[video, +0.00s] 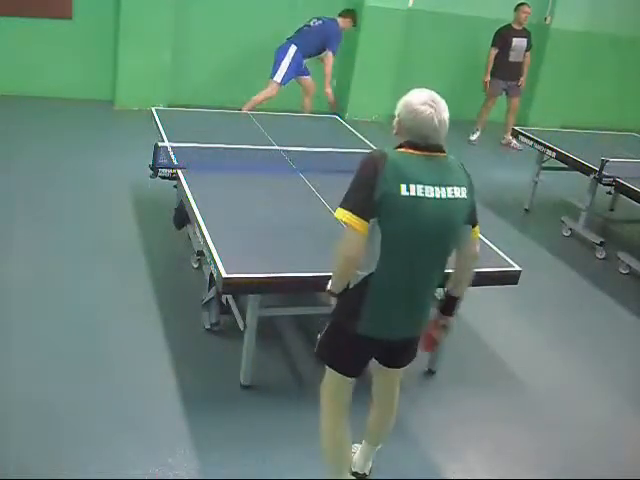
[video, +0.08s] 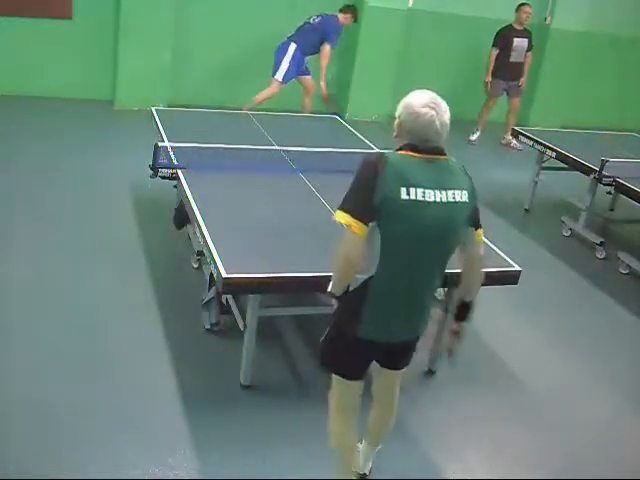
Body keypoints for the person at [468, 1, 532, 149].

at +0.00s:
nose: (526, 17)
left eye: (528, 14)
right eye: (524, 13)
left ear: (529, 16)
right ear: (516, 13)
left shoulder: (527, 35)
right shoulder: (502, 31)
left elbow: (526, 56)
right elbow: (492, 53)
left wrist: (523, 76)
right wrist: (487, 75)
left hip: (515, 77)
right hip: (498, 76)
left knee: (513, 107)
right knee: (488, 104)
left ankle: (508, 136)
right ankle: (477, 129)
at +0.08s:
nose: (527, 17)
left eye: (529, 14)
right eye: (525, 13)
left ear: (530, 16)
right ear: (517, 14)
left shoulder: (527, 34)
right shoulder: (504, 32)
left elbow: (528, 56)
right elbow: (493, 53)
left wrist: (524, 76)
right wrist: (488, 74)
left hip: (516, 78)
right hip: (499, 76)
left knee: (514, 107)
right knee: (489, 104)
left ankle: (508, 136)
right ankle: (478, 129)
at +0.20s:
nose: (530, 18)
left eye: (532, 15)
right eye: (528, 14)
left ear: (532, 17)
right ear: (520, 14)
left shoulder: (531, 36)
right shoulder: (506, 32)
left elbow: (530, 58)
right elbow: (496, 54)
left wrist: (526, 78)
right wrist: (493, 75)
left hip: (518, 78)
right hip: (502, 77)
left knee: (516, 108)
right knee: (489, 105)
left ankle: (508, 136)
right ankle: (478, 129)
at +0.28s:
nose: (532, 18)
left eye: (534, 16)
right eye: (530, 14)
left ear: (535, 18)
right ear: (522, 15)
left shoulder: (532, 36)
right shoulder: (508, 32)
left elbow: (532, 58)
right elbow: (499, 54)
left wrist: (528, 78)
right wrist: (496, 76)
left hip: (520, 79)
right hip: (504, 78)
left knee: (518, 109)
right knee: (490, 105)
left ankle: (509, 136)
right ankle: (478, 129)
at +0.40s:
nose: (536, 20)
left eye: (538, 17)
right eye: (534, 16)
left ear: (539, 19)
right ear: (526, 16)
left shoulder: (536, 37)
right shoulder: (512, 33)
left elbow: (536, 59)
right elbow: (503, 56)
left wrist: (533, 79)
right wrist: (502, 77)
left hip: (525, 80)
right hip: (508, 79)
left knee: (522, 110)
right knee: (493, 106)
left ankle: (508, 136)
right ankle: (479, 130)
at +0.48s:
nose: (539, 20)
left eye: (541, 17)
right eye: (537, 16)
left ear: (541, 20)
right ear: (529, 16)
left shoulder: (539, 38)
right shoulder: (514, 34)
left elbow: (538, 60)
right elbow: (506, 56)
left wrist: (534, 79)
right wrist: (505, 77)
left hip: (527, 80)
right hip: (511, 79)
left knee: (524, 109)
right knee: (495, 106)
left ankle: (509, 136)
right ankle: (480, 130)